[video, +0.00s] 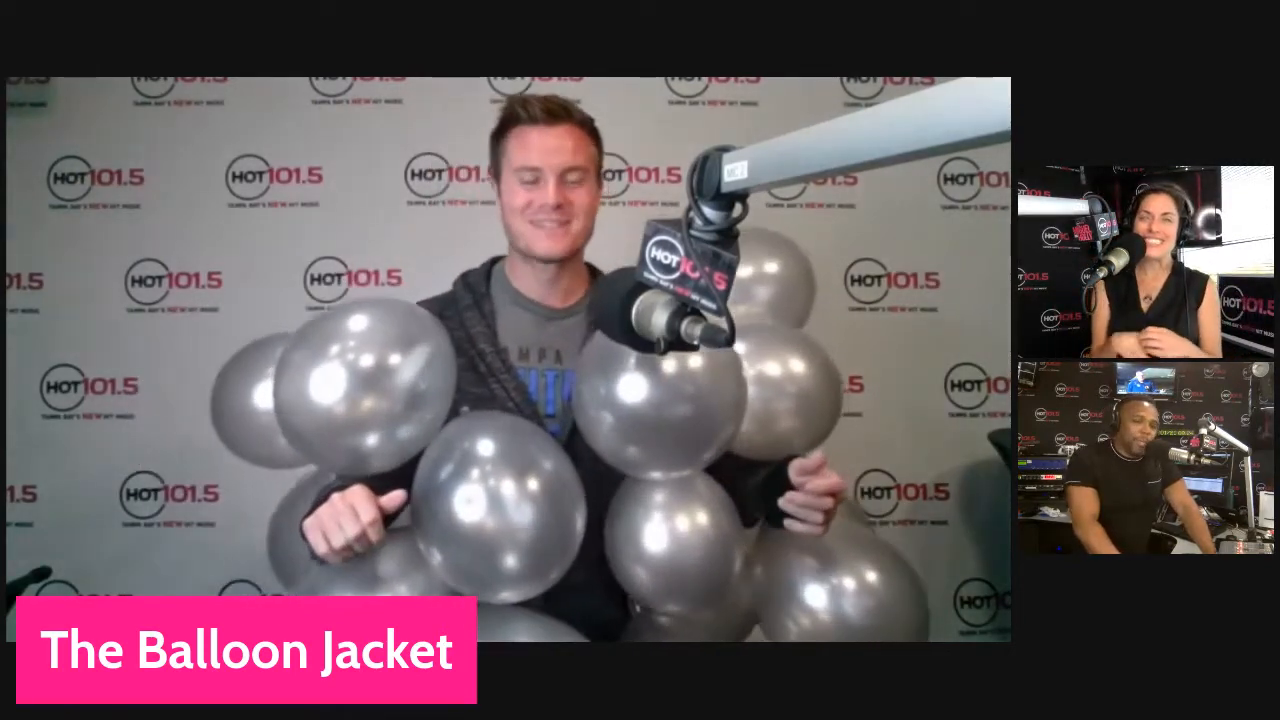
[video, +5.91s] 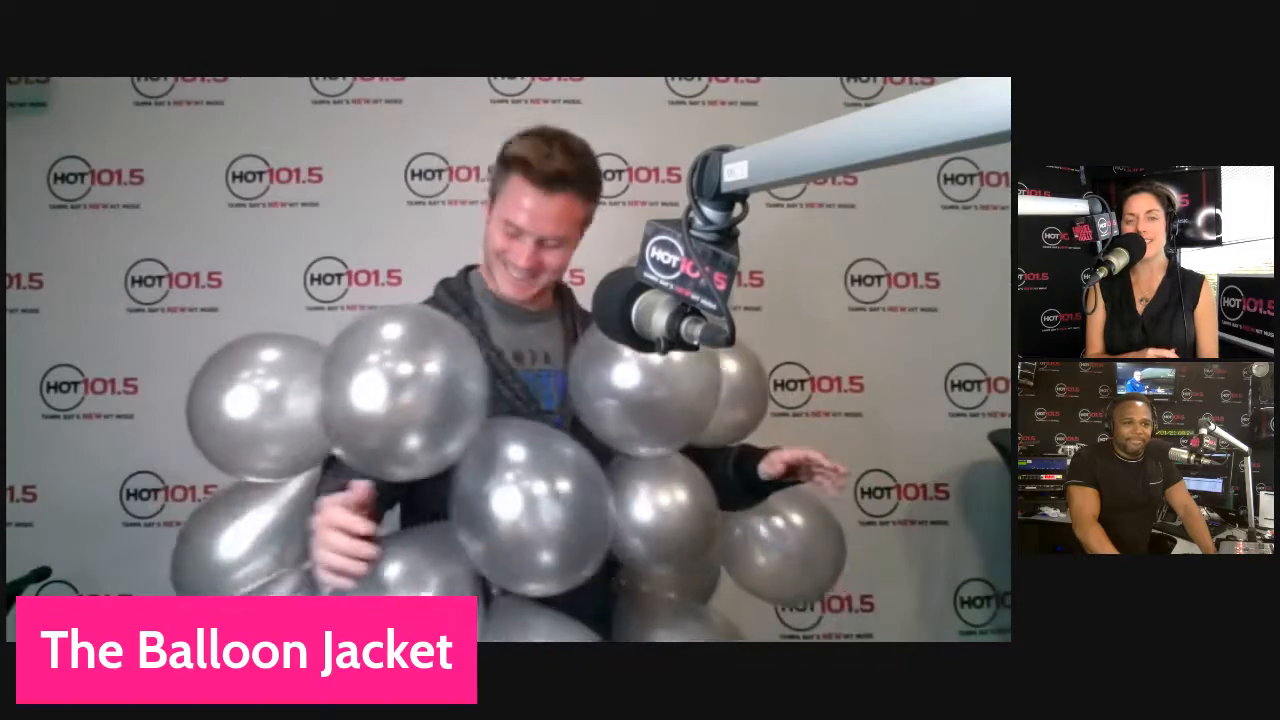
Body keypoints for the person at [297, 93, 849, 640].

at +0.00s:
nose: (552, 199)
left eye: (573, 178)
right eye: (528, 178)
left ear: (599, 191)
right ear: (497, 190)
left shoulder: (654, 320)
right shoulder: (432, 331)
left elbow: (711, 460)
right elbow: (369, 449)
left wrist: (783, 490)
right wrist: (337, 502)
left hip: (637, 622)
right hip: (488, 617)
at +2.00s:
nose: (550, 201)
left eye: (570, 182)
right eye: (529, 184)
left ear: (599, 197)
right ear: (501, 203)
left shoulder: (656, 322)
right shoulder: (442, 338)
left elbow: (707, 465)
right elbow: (408, 475)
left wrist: (795, 483)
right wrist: (344, 510)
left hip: (649, 618)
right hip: (504, 615)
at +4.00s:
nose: (530, 202)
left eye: (551, 184)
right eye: (511, 186)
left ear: (588, 199)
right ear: (490, 203)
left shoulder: (647, 322)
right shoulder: (442, 332)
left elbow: (711, 468)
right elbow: (394, 467)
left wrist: (821, 466)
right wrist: (269, 489)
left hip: (638, 617)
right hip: (496, 614)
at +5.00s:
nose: (512, 206)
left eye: (528, 186)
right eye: (489, 187)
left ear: (550, 201)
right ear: (456, 203)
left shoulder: (597, 326)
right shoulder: (408, 335)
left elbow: (652, 448)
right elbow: (370, 472)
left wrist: (732, 461)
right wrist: (244, 497)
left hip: (575, 603)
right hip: (443, 602)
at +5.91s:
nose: (527, 260)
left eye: (551, 243)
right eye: (513, 232)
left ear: (581, 236)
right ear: (488, 210)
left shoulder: (598, 337)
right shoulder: (430, 333)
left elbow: (649, 456)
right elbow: (364, 448)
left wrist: (752, 470)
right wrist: (332, 517)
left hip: (591, 606)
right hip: (459, 606)